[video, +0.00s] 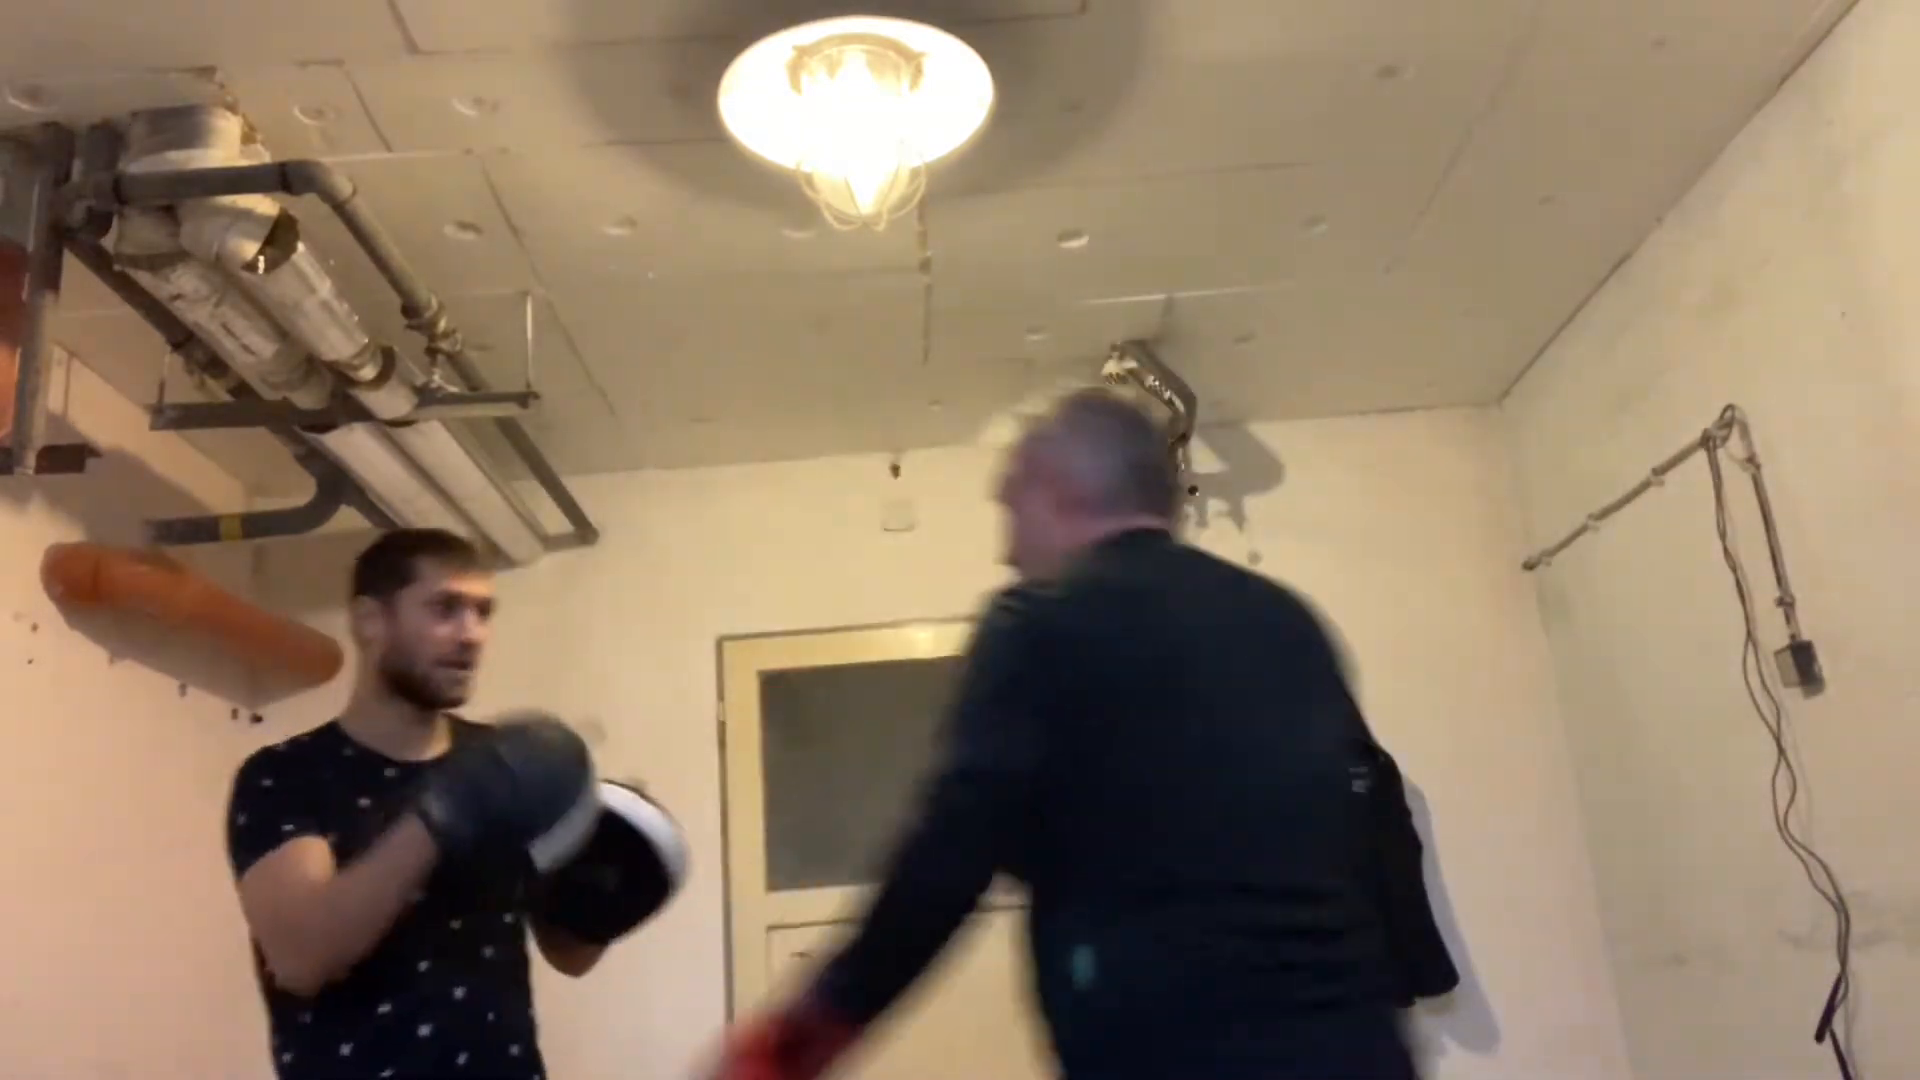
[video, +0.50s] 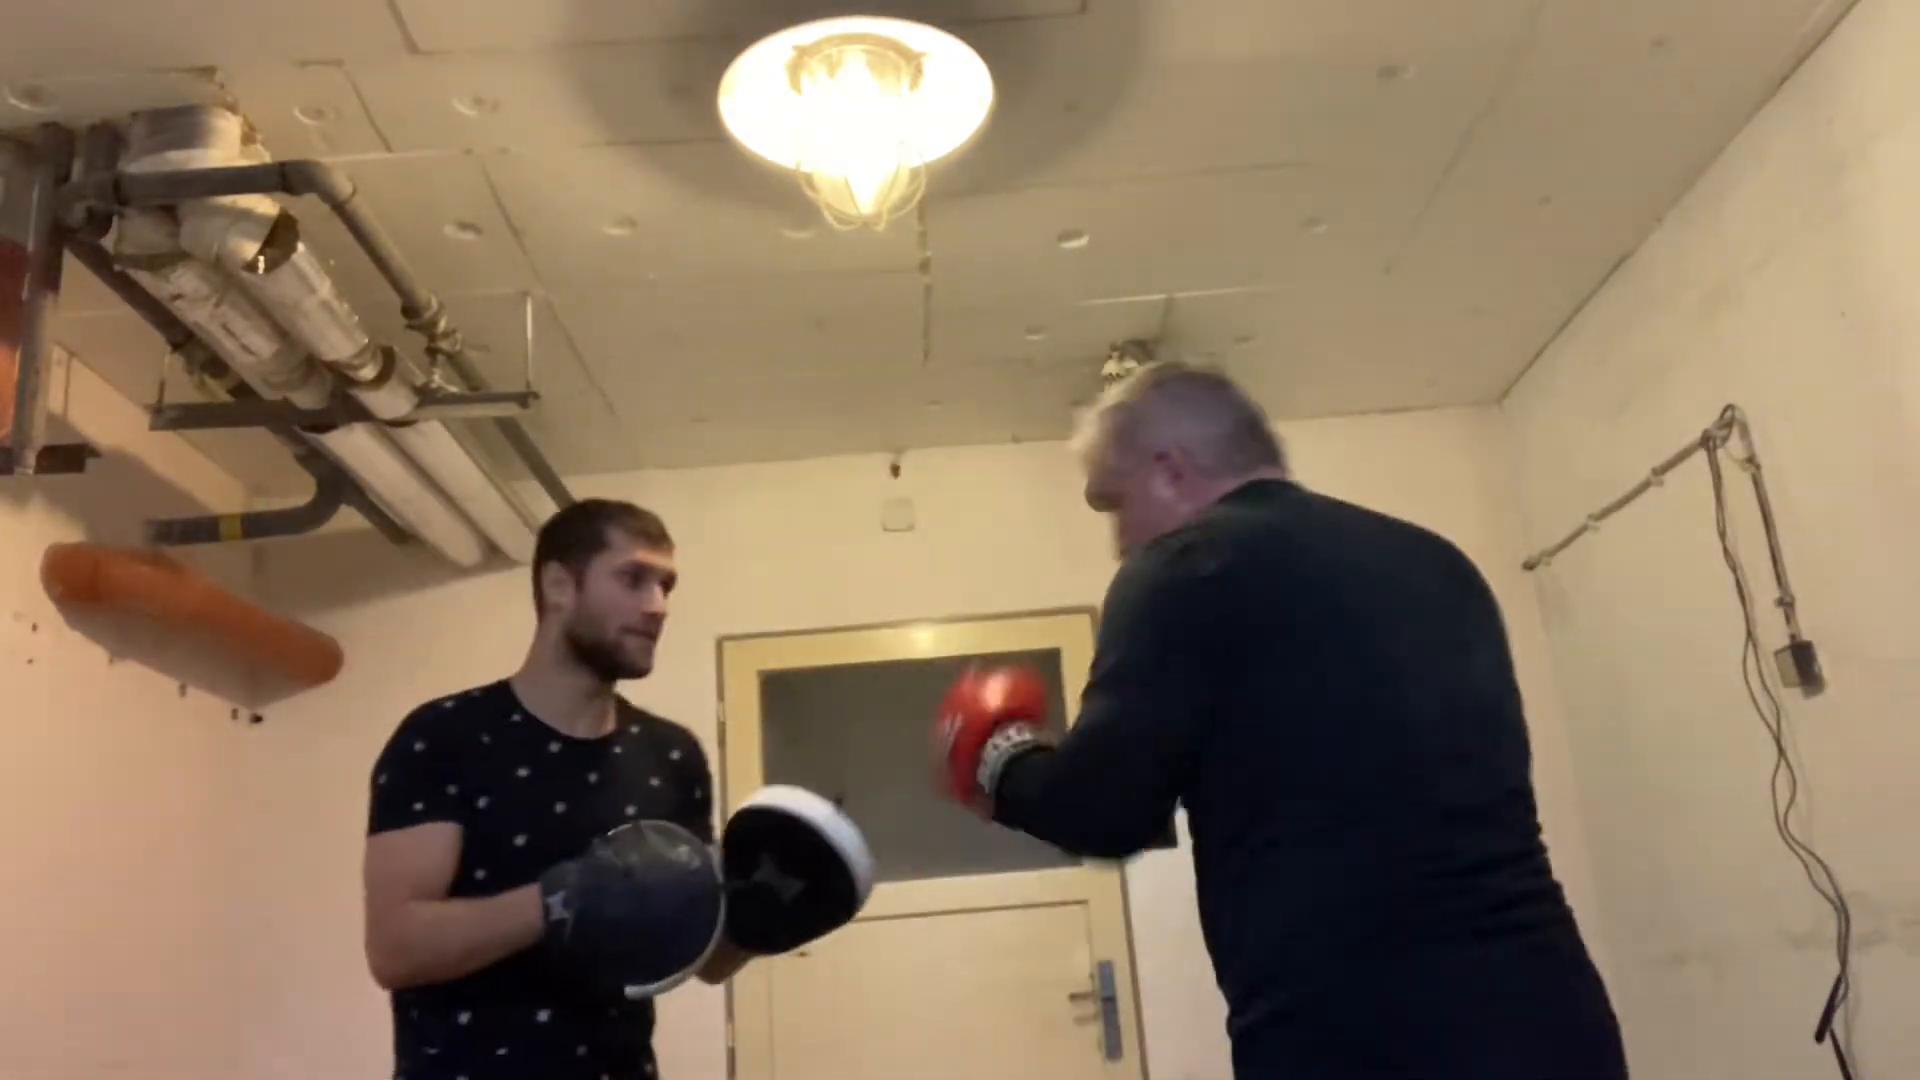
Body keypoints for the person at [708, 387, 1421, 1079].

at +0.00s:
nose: (1006, 541)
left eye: (1011, 506)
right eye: (1005, 510)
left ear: (1055, 495)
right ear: (1158, 500)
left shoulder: (1041, 626)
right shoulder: (1284, 616)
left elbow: (961, 841)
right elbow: (1369, 820)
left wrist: (826, 1012)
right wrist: (1400, 985)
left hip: (1147, 1044)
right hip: (1341, 1040)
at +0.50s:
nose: (1118, 546)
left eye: (1113, 508)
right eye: (1107, 516)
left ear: (1170, 473)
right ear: (1262, 458)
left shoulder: (1178, 577)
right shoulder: (1437, 560)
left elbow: (1112, 805)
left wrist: (999, 759)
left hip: (1331, 1030)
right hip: (1544, 1014)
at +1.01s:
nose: (1026, 539)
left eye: (1030, 495)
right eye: (1019, 504)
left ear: (1106, 473)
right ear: (1123, 474)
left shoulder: (1127, 598)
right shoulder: (1363, 559)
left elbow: (1104, 882)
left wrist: (964, 836)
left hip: (1323, 1041)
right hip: (1534, 1022)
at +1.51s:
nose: (1307, 465)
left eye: (1332, 429)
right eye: (1308, 440)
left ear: (1424, 431)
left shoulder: (1440, 531)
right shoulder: (1516, 538)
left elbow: (1467, 724)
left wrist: (1274, 732)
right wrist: (1349, 701)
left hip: (1545, 1018)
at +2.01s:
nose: (1368, 558)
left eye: (1396, 530)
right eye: (1363, 538)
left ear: (1480, 543)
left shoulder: (1535, 640)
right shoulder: (1465, 663)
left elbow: (1657, 806)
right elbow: (1506, 857)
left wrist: (1533, 933)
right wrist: (1396, 826)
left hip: (1619, 1047)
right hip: (1553, 1048)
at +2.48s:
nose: (1237, 624)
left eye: (1261, 596)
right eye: (1232, 598)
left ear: (1348, 593)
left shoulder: (1400, 696)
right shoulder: (1369, 680)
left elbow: (1363, 926)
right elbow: (1438, 843)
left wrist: (1193, 865)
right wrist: (1302, 811)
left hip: (1551, 1059)